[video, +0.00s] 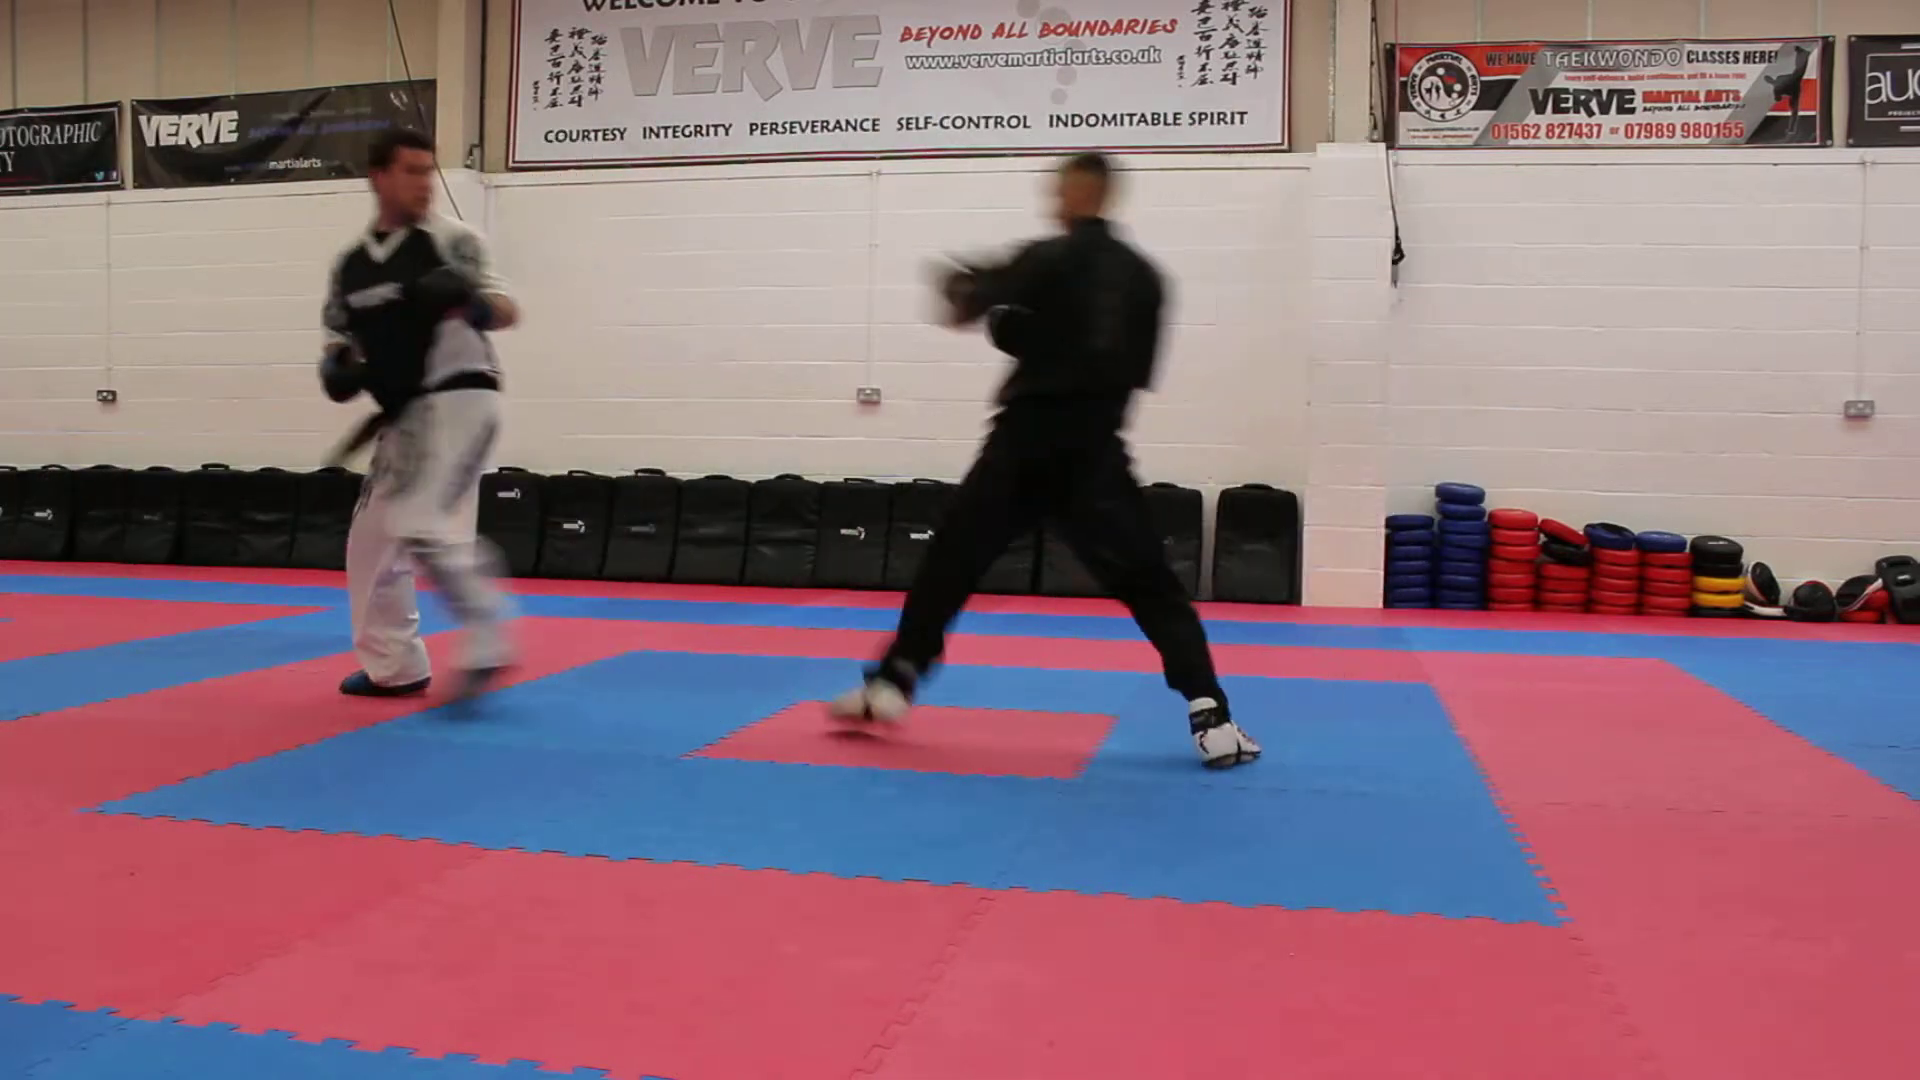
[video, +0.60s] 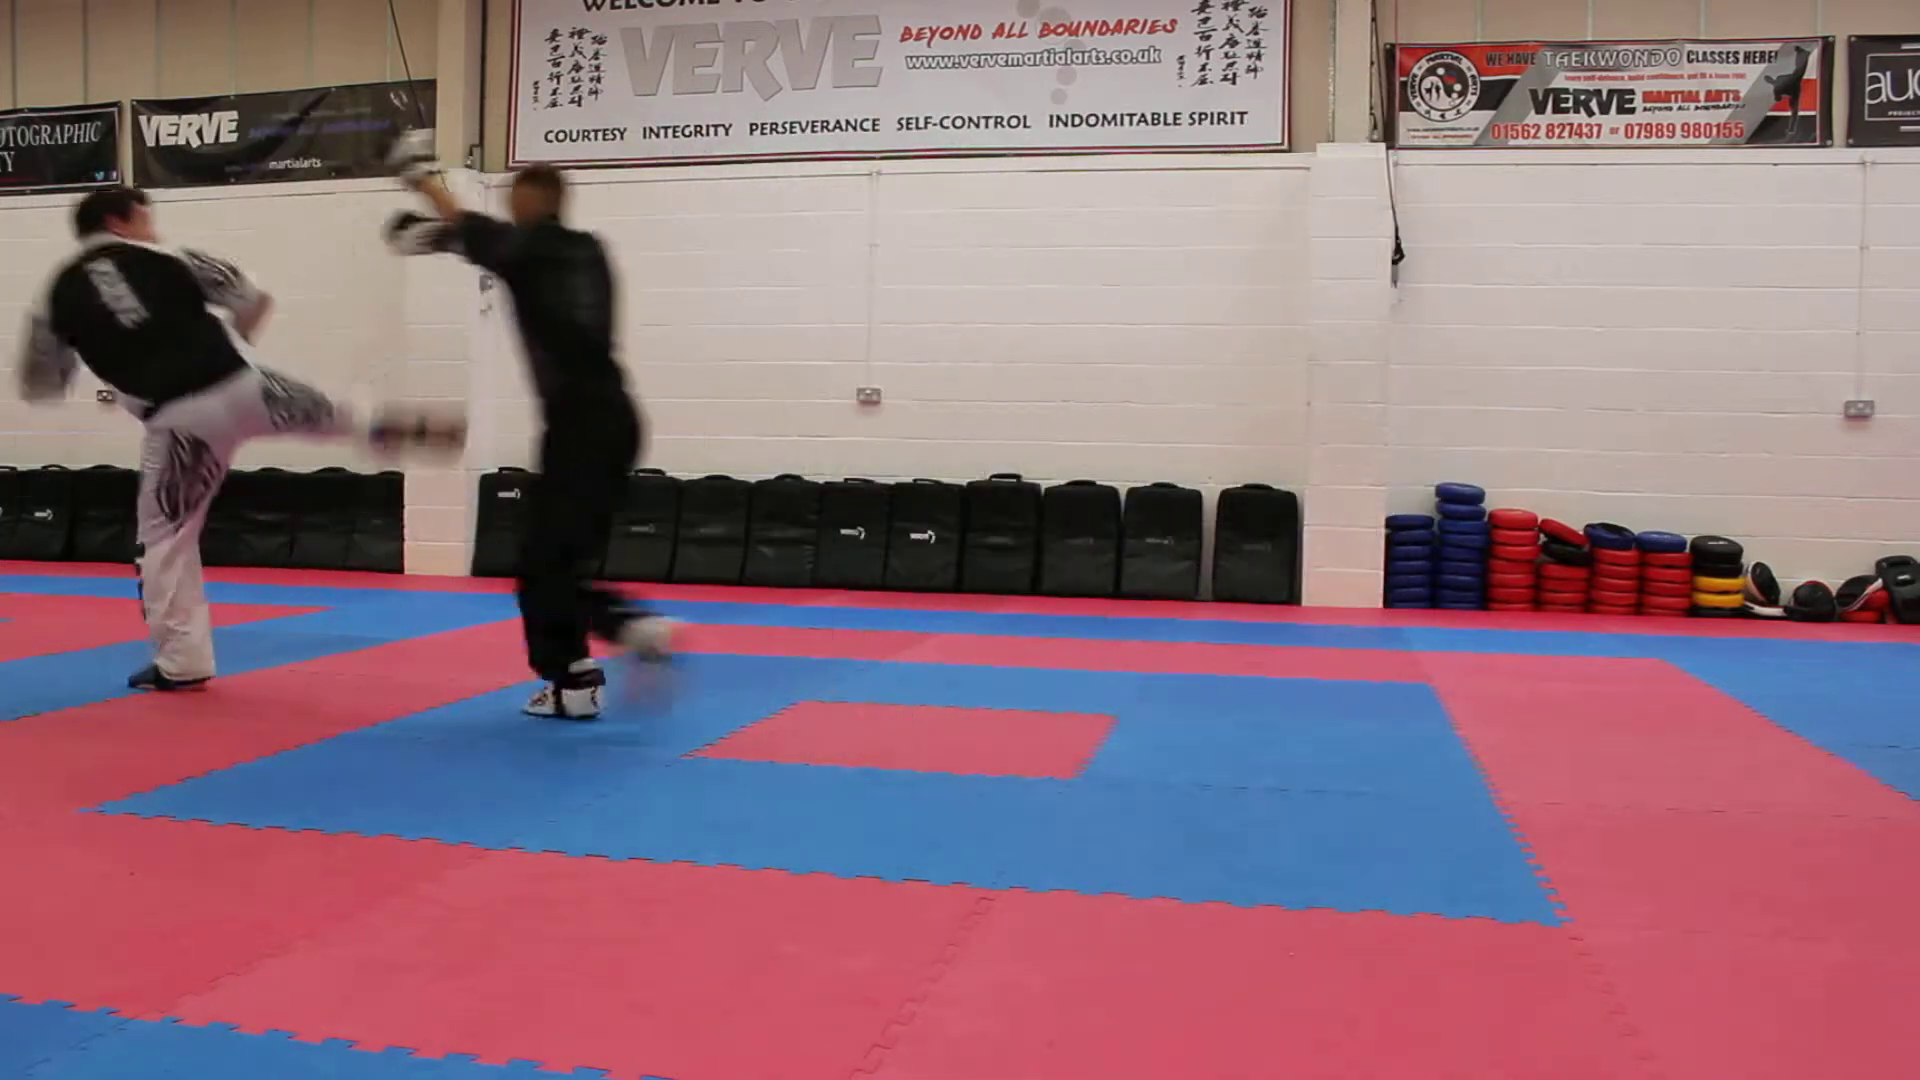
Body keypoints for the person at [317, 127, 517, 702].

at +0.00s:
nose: (425, 183)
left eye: (430, 172)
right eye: (412, 172)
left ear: (435, 177)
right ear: (378, 178)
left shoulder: (449, 242)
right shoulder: (351, 267)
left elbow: (503, 311)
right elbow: (340, 351)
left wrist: (463, 298)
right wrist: (342, 370)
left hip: (462, 398)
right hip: (404, 410)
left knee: (420, 521)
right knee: (370, 538)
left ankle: (490, 640)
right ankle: (394, 664)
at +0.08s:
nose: (388, 180)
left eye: (394, 169)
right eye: (374, 168)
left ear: (400, 175)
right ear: (342, 175)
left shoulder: (413, 232)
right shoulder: (331, 260)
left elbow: (462, 301)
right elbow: (333, 340)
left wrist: (391, 301)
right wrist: (314, 363)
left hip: (425, 393)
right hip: (382, 400)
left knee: (344, 516)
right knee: (388, 530)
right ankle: (400, 654)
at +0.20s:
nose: (284, 188)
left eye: (293, 174)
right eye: (280, 177)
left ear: (330, 175)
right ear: (292, 180)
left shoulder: (346, 224)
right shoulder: (324, 242)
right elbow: (336, 351)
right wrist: (294, 425)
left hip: (356, 409)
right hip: (386, 412)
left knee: (282, 533)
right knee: (374, 546)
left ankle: (213, 649)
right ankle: (399, 665)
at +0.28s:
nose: (243, 197)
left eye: (246, 186)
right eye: (245, 185)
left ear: (262, 187)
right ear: (293, 183)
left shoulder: (285, 228)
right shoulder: (318, 227)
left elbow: (320, 295)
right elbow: (306, 309)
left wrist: (298, 367)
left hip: (317, 414)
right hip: (367, 412)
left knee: (241, 527)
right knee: (362, 542)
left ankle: (185, 642)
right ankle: (395, 662)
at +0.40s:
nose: (248, 201)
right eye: (245, 193)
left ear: (188, 204)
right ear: (239, 195)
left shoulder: (173, 257)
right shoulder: (287, 250)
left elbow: (182, 336)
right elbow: (323, 329)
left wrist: (189, 411)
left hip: (242, 416)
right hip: (319, 412)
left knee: (204, 537)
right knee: (347, 532)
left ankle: (190, 657)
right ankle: (377, 640)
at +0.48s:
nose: (212, 218)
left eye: (208, 208)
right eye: (206, 209)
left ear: (150, 220)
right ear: (184, 215)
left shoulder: (121, 288)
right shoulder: (225, 260)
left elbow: (95, 378)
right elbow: (297, 319)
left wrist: (90, 453)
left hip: (218, 428)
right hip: (289, 415)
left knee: (188, 545)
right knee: (331, 490)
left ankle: (186, 663)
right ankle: (359, 571)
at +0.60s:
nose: (151, 227)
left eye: (146, 216)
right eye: (144, 217)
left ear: (87, 227)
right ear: (120, 219)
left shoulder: (59, 293)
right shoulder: (161, 258)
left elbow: (40, 385)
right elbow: (254, 301)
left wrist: (78, 342)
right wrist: (225, 348)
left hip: (179, 425)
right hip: (242, 388)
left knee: (166, 543)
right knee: (344, 420)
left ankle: (184, 662)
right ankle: (412, 431)